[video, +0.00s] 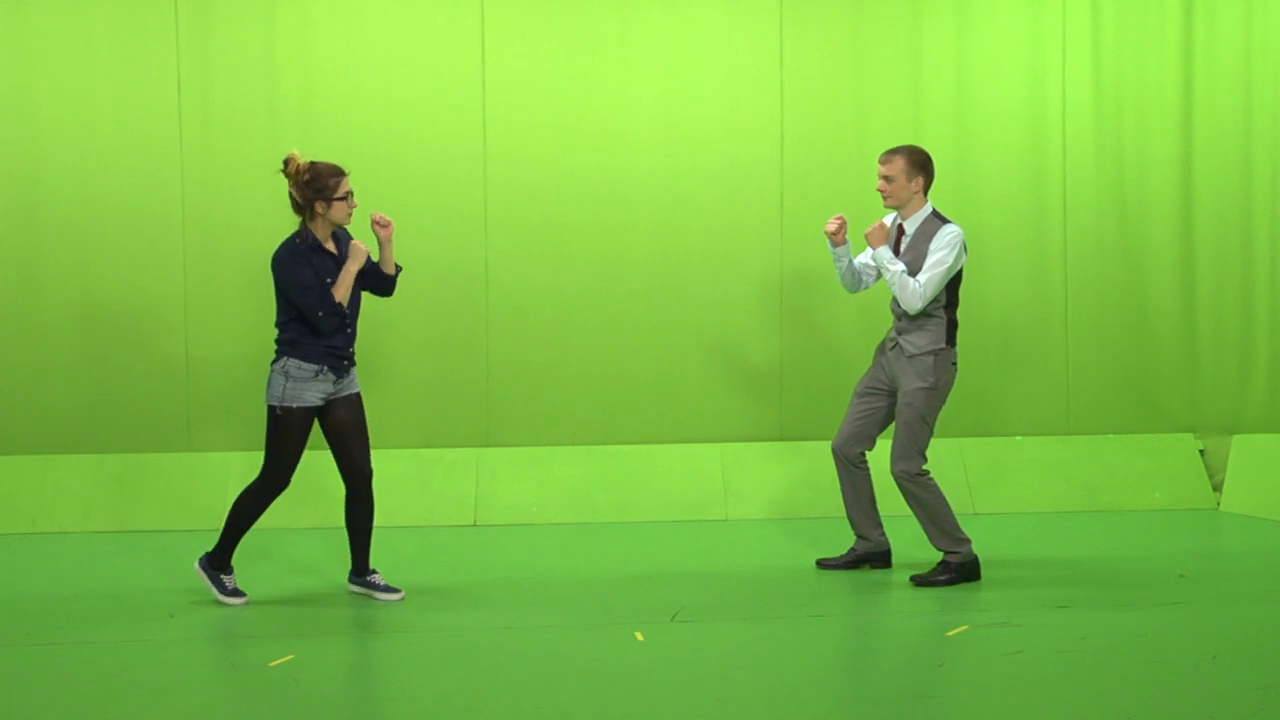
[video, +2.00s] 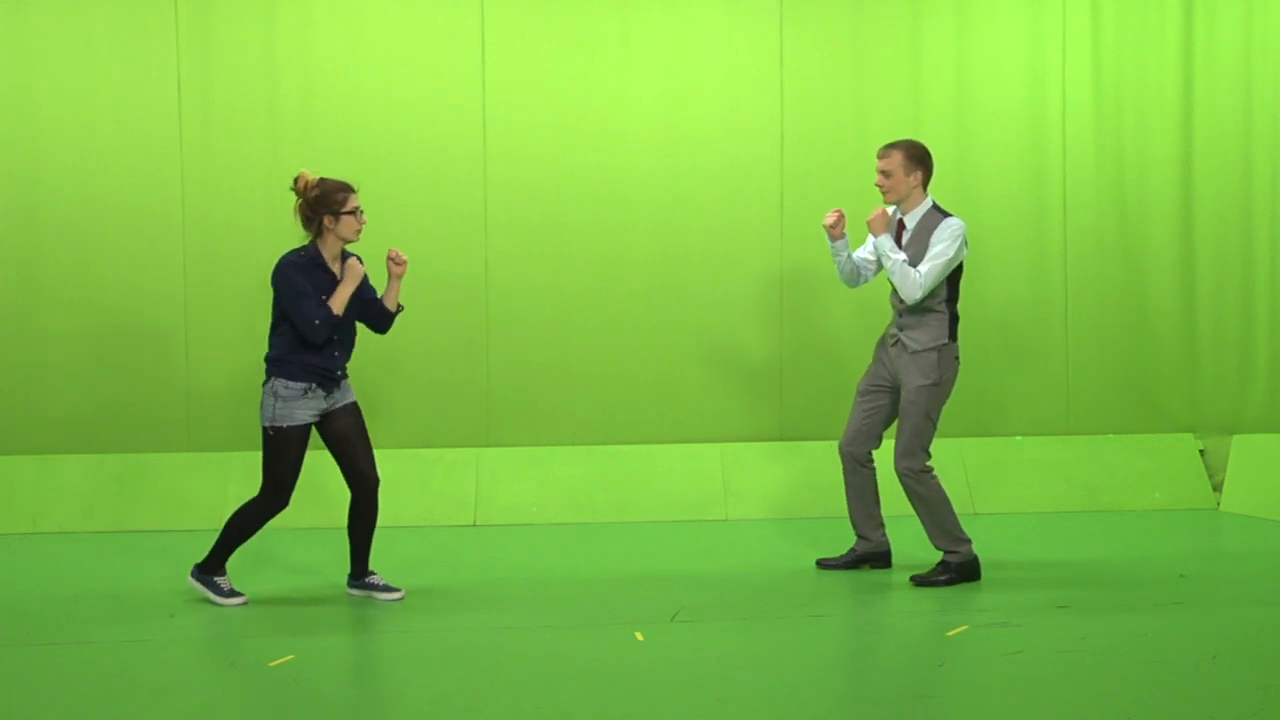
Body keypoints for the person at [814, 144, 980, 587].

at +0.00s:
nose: (881, 187)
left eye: (888, 180)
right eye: (880, 179)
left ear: (918, 184)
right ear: (895, 185)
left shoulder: (949, 236)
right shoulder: (892, 229)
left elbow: (914, 299)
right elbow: (854, 281)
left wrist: (883, 251)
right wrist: (840, 246)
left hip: (928, 360)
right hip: (892, 353)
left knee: (906, 465)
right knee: (848, 447)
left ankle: (961, 557)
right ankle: (872, 546)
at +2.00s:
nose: (880, 183)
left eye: (887, 175)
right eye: (879, 175)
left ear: (917, 177)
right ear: (895, 180)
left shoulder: (950, 229)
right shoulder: (890, 224)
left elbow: (914, 289)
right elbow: (853, 276)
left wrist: (884, 239)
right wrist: (838, 240)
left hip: (930, 355)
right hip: (892, 349)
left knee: (910, 460)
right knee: (854, 446)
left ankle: (960, 556)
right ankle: (872, 546)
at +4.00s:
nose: (633, 221)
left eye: (638, 213)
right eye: (632, 212)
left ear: (669, 212)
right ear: (661, 214)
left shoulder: (721, 246)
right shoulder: (656, 254)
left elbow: (701, 308)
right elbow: (617, 288)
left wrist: (653, 272)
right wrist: (572, 282)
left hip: (755, 366)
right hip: (709, 369)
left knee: (798, 462)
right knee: (666, 458)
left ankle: (876, 527)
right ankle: (675, 561)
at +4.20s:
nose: (658, 198)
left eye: (664, 190)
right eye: (657, 190)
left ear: (694, 191)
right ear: (683, 193)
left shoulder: (738, 230)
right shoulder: (678, 238)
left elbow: (712, 292)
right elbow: (651, 293)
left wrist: (668, 253)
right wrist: (626, 267)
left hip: (761, 357)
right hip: (715, 359)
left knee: (796, 460)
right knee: (676, 455)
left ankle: (865, 542)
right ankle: (676, 560)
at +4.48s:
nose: (720, 190)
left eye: (727, 182)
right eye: (719, 182)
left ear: (757, 185)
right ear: (745, 187)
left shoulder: (793, 232)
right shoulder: (735, 236)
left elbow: (764, 293)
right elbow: (712, 292)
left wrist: (725, 251)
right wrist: (691, 261)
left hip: (799, 364)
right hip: (754, 362)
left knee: (823, 465)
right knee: (705, 451)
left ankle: (874, 555)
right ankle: (678, 557)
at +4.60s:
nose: (734, 188)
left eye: (741, 179)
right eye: (733, 180)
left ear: (771, 181)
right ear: (759, 184)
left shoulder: (808, 229)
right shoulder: (749, 230)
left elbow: (779, 293)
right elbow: (719, 284)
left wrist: (740, 250)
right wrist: (705, 251)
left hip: (810, 360)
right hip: (765, 357)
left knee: (828, 463)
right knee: (720, 447)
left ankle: (874, 555)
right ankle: (696, 558)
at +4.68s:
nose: (740, 189)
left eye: (746, 181)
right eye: (738, 182)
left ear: (776, 183)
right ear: (762, 185)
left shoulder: (814, 231)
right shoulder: (753, 231)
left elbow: (786, 296)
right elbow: (725, 287)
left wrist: (749, 252)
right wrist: (714, 255)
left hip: (813, 362)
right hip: (767, 359)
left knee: (828, 467)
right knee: (722, 449)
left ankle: (874, 555)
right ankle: (696, 558)